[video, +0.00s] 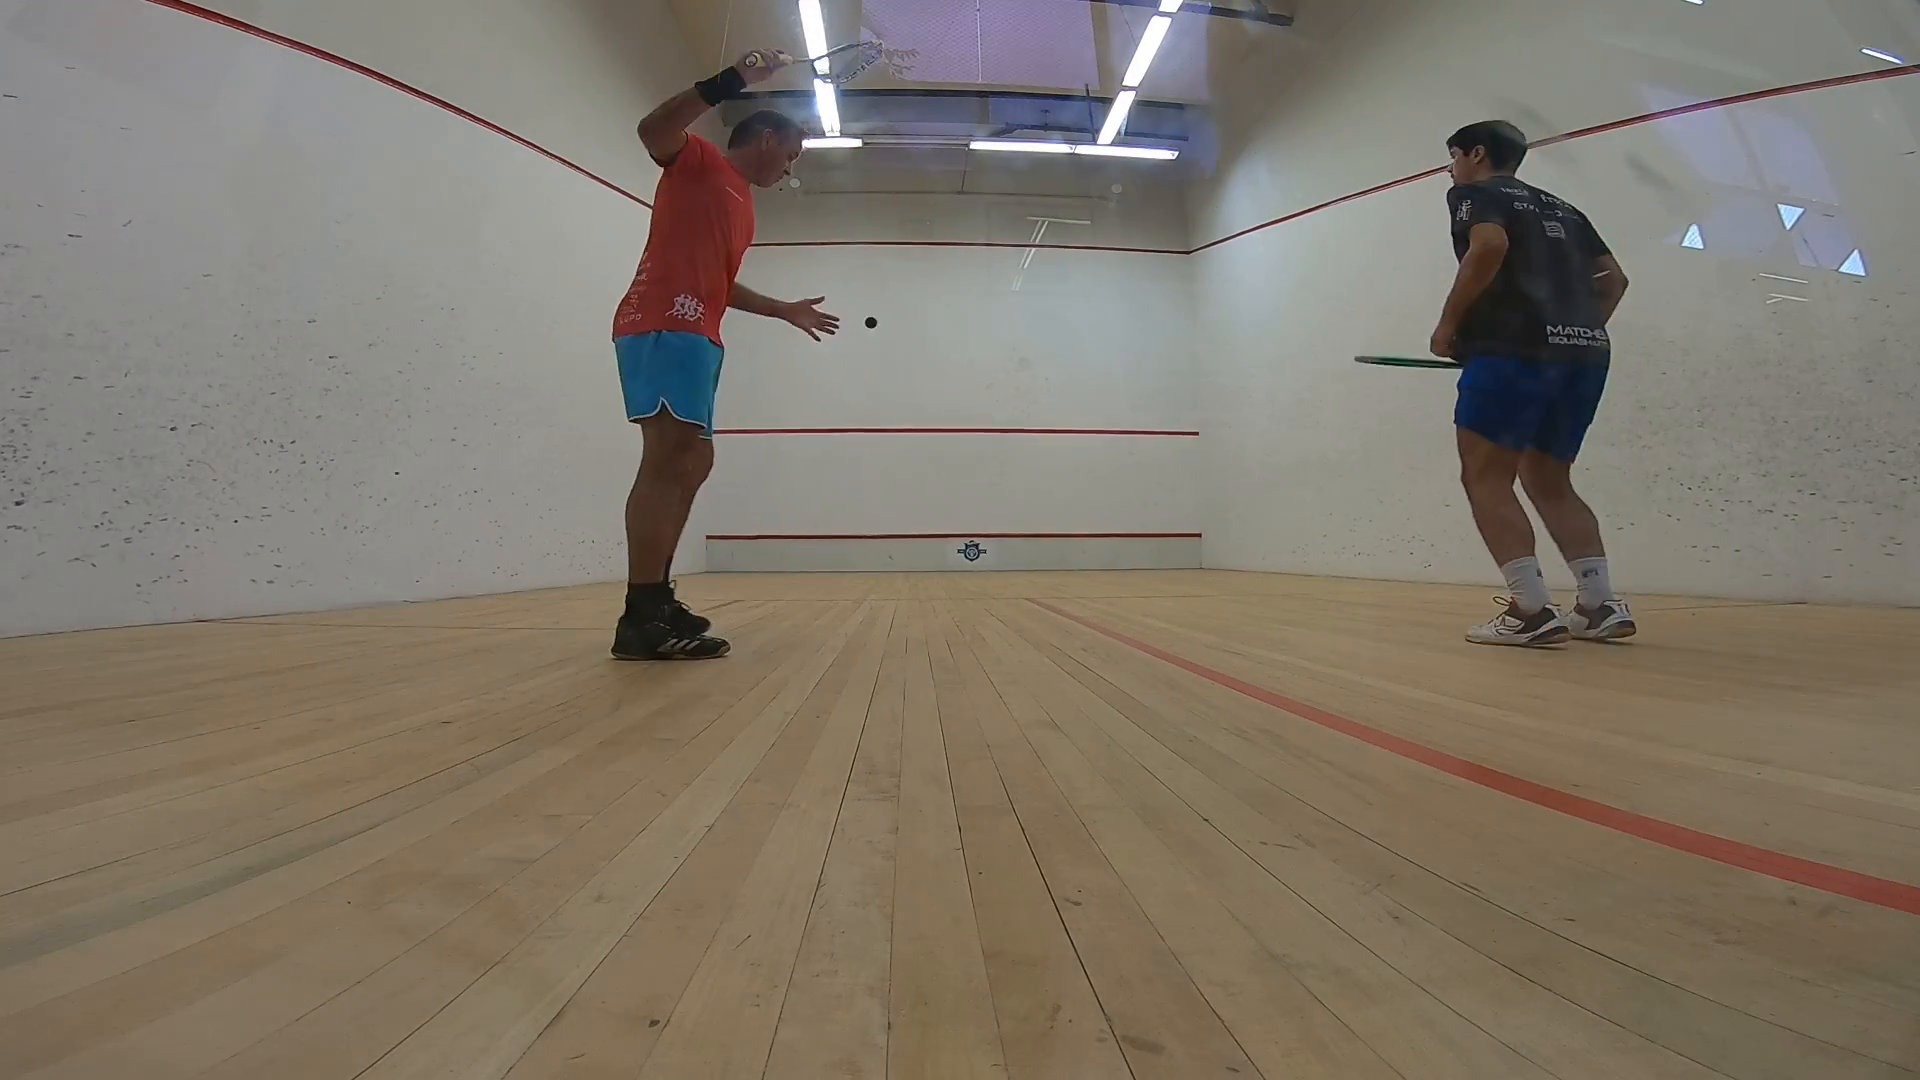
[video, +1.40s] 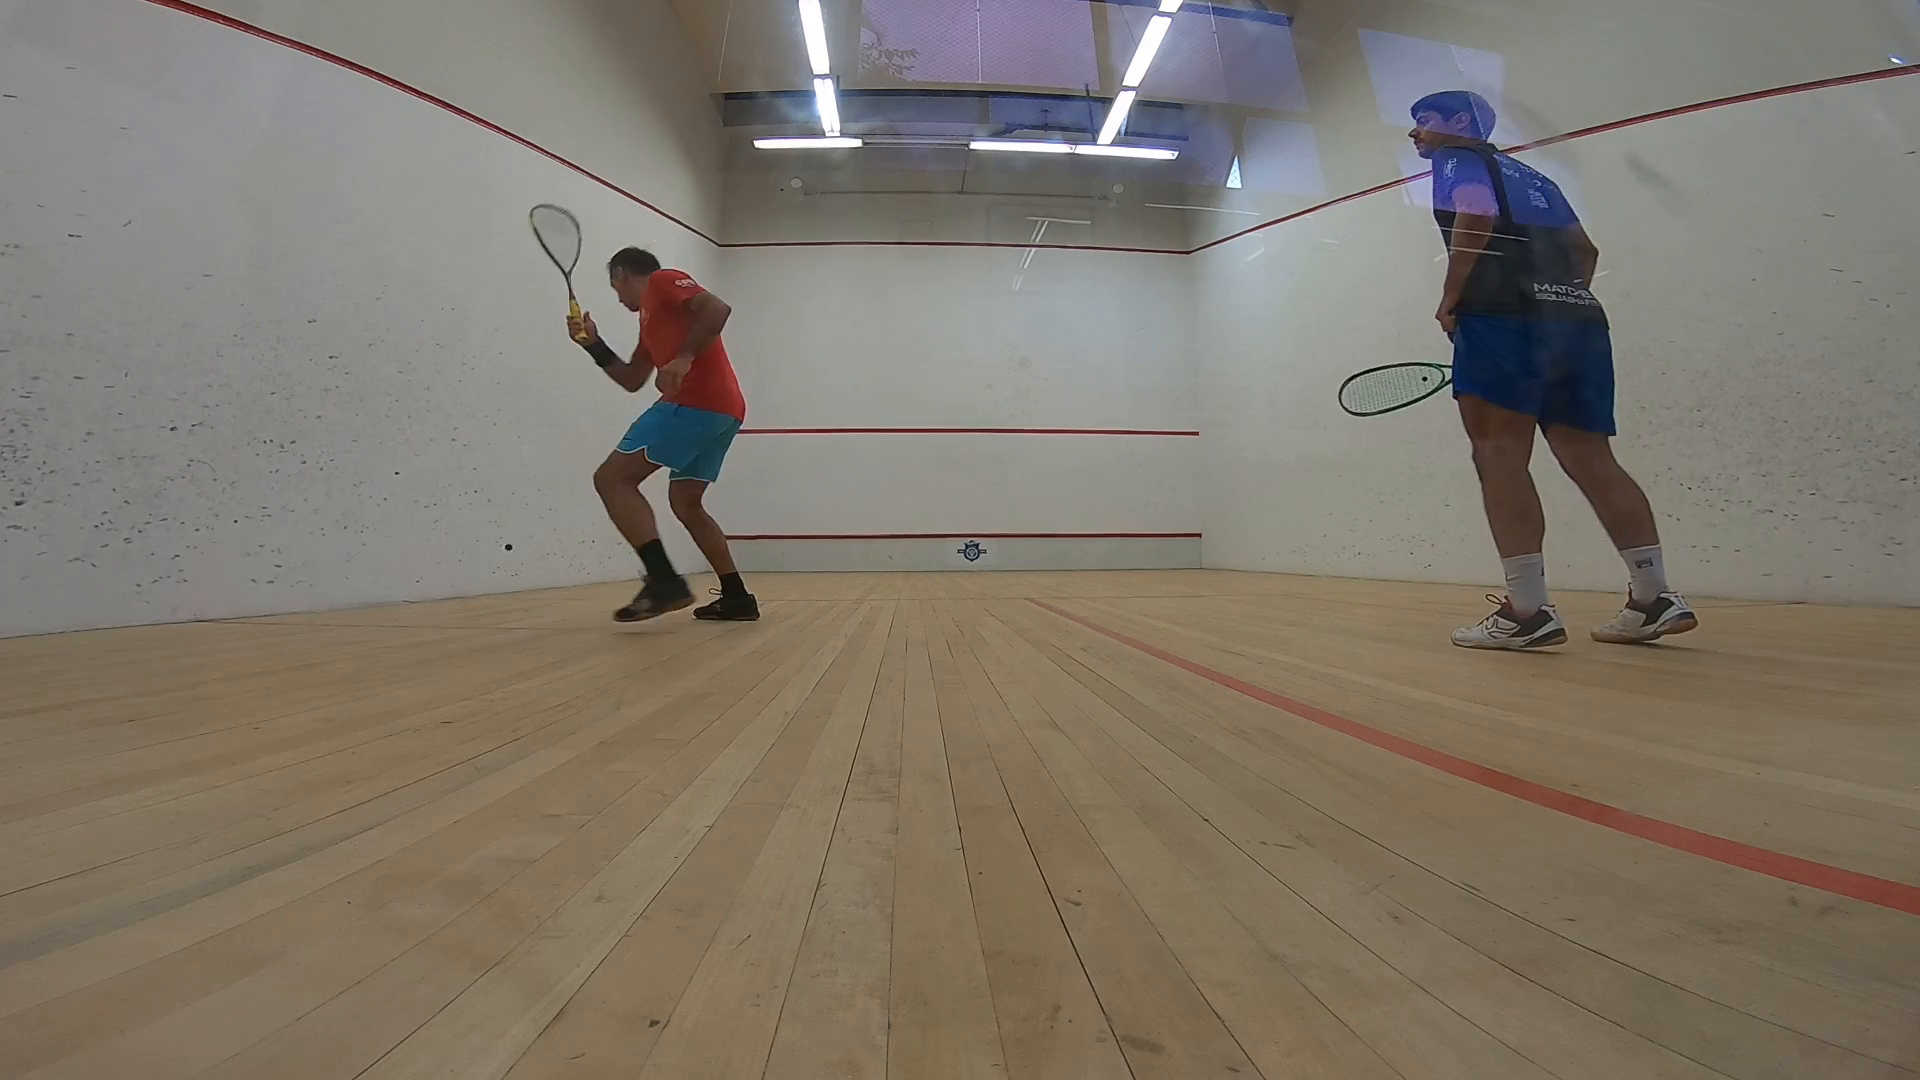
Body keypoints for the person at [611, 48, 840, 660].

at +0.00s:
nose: (790, 170)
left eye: (795, 160)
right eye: (790, 156)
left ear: (767, 150)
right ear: (764, 138)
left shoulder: (739, 204)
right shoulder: (700, 158)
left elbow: (718, 285)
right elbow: (654, 130)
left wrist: (785, 309)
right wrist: (726, 82)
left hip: (693, 334)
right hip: (664, 328)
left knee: (693, 462)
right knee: (668, 460)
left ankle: (655, 604)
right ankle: (642, 616)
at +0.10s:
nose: (780, 183)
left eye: (785, 175)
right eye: (781, 170)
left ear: (759, 163)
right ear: (756, 152)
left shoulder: (733, 213)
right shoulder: (708, 176)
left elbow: (697, 291)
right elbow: (675, 172)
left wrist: (749, 318)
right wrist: (736, 108)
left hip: (676, 337)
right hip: (664, 335)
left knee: (669, 465)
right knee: (676, 464)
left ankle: (629, 600)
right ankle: (645, 616)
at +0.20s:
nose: (771, 193)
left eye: (774, 184)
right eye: (769, 181)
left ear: (730, 165)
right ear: (748, 169)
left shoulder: (686, 205)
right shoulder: (710, 198)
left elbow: (660, 295)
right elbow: (729, 262)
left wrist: (704, 334)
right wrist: (777, 232)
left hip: (632, 348)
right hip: (665, 348)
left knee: (661, 473)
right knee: (683, 468)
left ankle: (622, 608)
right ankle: (648, 616)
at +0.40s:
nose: (742, 202)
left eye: (740, 196)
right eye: (744, 195)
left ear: (694, 187)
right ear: (738, 192)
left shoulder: (650, 220)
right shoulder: (740, 223)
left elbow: (600, 285)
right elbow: (731, 310)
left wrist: (633, 331)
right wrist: (703, 343)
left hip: (626, 357)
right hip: (686, 357)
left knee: (647, 477)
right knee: (721, 475)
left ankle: (618, 609)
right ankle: (670, 592)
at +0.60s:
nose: (729, 211)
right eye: (730, 205)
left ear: (681, 199)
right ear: (726, 203)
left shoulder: (650, 225)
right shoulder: (749, 237)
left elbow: (606, 276)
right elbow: (749, 310)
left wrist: (592, 336)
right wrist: (702, 330)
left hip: (654, 357)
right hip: (720, 364)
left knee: (644, 483)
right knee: (728, 483)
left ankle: (624, 605)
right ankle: (762, 596)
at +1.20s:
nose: (647, 258)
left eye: (645, 250)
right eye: (646, 251)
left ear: (651, 242)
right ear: (684, 241)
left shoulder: (667, 254)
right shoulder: (708, 269)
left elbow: (695, 302)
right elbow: (709, 344)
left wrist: (664, 366)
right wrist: (658, 371)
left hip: (700, 383)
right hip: (734, 385)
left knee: (676, 488)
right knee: (697, 490)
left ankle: (717, 608)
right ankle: (744, 581)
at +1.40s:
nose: (619, 299)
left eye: (616, 287)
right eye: (615, 290)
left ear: (625, 274)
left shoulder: (663, 280)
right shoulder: (652, 321)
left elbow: (716, 308)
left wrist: (684, 357)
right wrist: (594, 344)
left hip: (693, 402)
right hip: (723, 407)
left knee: (611, 479)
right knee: (685, 500)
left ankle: (663, 581)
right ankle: (736, 595)